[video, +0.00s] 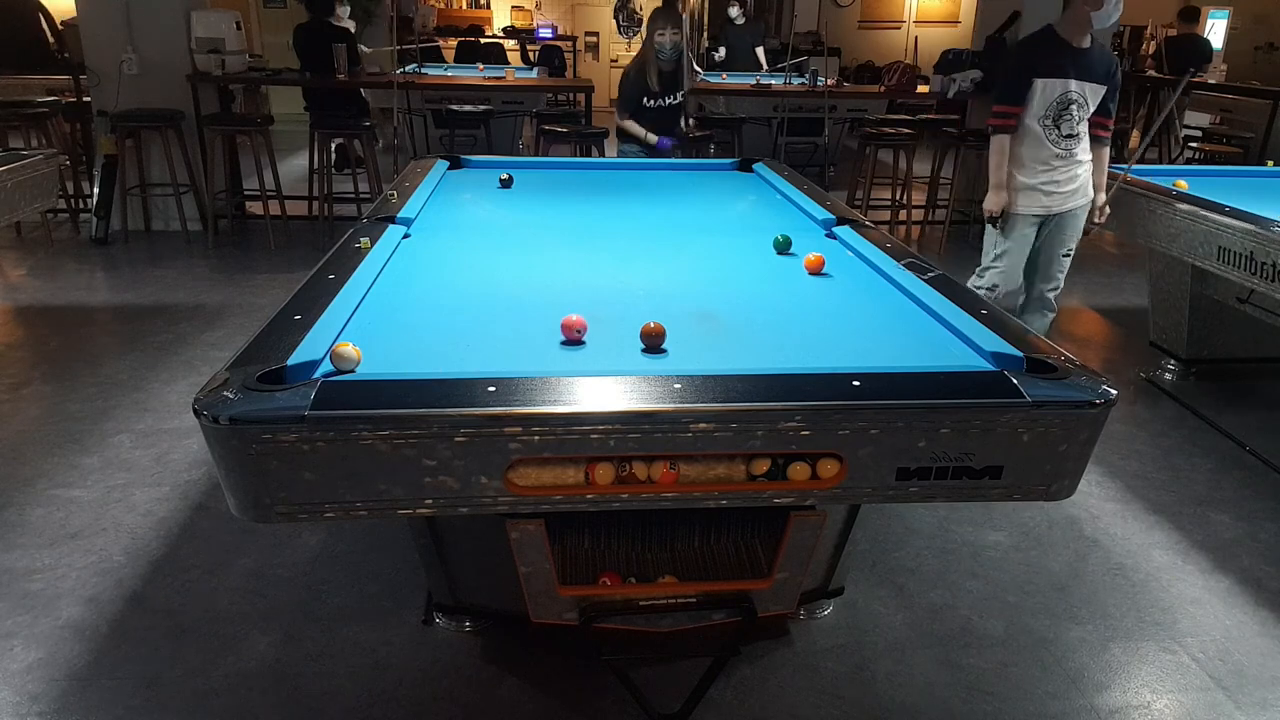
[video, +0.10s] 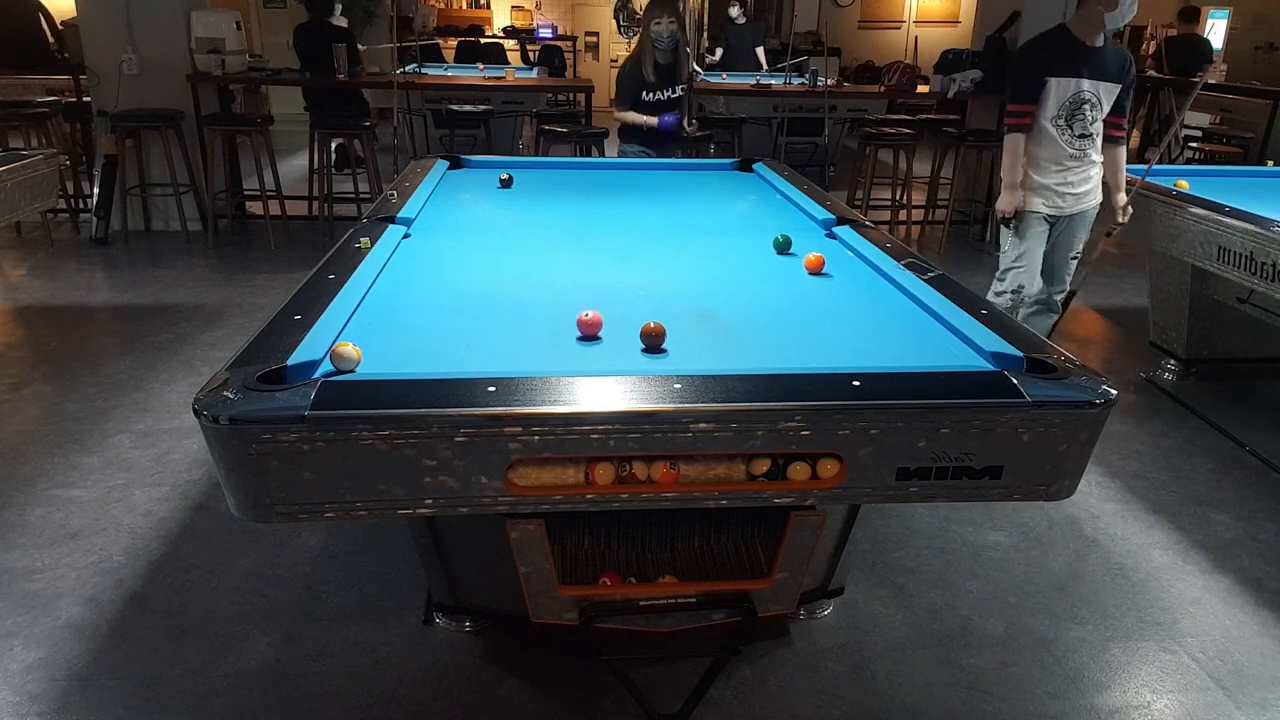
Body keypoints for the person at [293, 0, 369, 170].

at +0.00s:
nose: (340, 9)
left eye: (340, 5)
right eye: (338, 5)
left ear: (308, 7)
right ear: (333, 7)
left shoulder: (299, 31)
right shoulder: (344, 34)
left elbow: (306, 63)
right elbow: (356, 72)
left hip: (314, 102)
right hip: (345, 103)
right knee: (362, 105)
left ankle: (349, 150)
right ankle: (344, 148)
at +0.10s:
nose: (338, 7)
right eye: (336, 4)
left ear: (308, 8)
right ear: (332, 8)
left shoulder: (300, 31)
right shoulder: (344, 34)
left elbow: (306, 64)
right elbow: (357, 73)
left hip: (315, 104)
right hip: (346, 105)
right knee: (362, 105)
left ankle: (351, 150)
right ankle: (344, 148)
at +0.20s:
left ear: (308, 8)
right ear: (331, 8)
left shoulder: (300, 31)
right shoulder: (343, 32)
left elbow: (305, 65)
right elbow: (357, 71)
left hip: (315, 103)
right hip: (346, 104)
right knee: (362, 106)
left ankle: (351, 150)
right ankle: (345, 148)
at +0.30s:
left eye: (307, 7)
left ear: (308, 9)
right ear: (331, 9)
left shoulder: (299, 32)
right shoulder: (343, 33)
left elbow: (305, 65)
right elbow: (357, 73)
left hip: (315, 104)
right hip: (346, 105)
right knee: (362, 106)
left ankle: (351, 151)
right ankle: (345, 149)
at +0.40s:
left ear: (308, 9)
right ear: (332, 9)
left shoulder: (299, 32)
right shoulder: (343, 32)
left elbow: (306, 64)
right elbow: (357, 72)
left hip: (314, 102)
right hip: (345, 103)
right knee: (361, 106)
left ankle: (350, 150)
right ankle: (343, 147)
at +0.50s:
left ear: (307, 9)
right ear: (332, 8)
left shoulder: (299, 32)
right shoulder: (343, 31)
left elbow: (305, 66)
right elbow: (356, 71)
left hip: (314, 101)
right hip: (345, 102)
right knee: (361, 106)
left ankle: (350, 151)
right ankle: (345, 149)